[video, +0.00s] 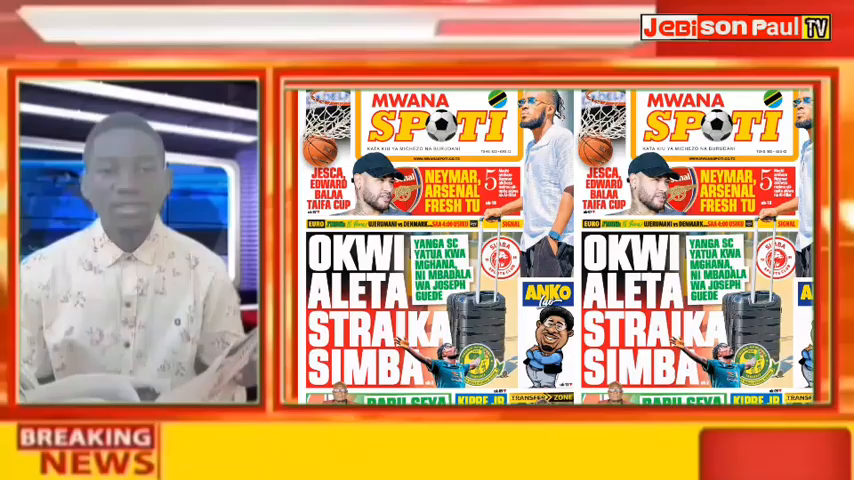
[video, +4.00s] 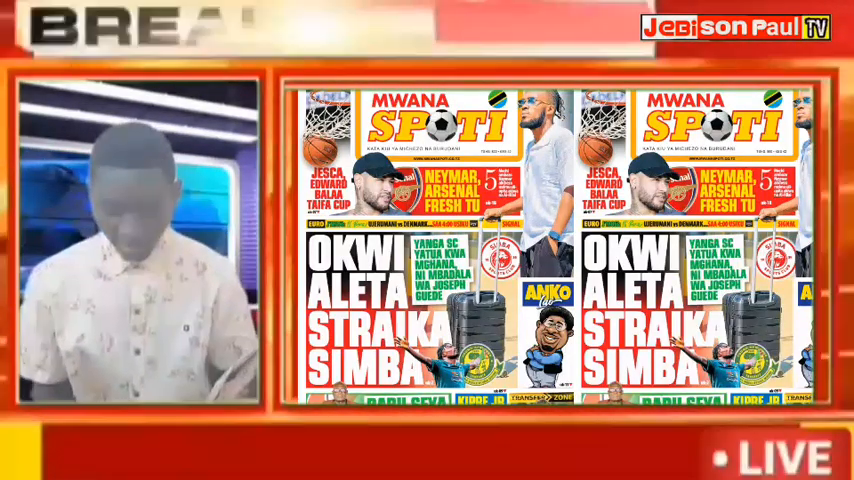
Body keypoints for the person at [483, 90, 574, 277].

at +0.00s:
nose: (523, 107)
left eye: (531, 101)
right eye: (522, 103)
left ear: (549, 110)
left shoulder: (563, 138)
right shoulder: (531, 147)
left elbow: (571, 192)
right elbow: (532, 196)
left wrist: (554, 238)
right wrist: (502, 211)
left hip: (551, 241)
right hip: (530, 242)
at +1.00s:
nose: (523, 107)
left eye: (531, 101)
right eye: (522, 103)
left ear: (549, 110)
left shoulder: (563, 139)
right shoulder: (531, 147)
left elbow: (571, 192)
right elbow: (532, 196)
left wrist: (554, 238)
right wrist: (502, 211)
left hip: (552, 241)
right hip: (530, 242)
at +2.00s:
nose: (523, 107)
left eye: (531, 101)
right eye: (522, 103)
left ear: (549, 110)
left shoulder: (563, 139)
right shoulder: (531, 147)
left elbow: (571, 192)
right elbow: (532, 196)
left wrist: (554, 238)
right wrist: (502, 211)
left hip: (551, 241)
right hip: (530, 242)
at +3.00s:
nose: (523, 107)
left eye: (531, 101)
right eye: (522, 103)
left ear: (550, 110)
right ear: (519, 108)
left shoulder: (563, 139)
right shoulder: (531, 147)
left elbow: (571, 192)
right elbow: (532, 195)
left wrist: (554, 238)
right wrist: (502, 211)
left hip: (551, 241)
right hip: (530, 242)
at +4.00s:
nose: (523, 107)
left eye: (531, 101)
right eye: (522, 103)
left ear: (549, 110)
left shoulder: (563, 139)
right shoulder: (531, 147)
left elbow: (571, 192)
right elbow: (532, 196)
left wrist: (554, 238)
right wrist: (502, 211)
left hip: (551, 241)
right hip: (529, 242)